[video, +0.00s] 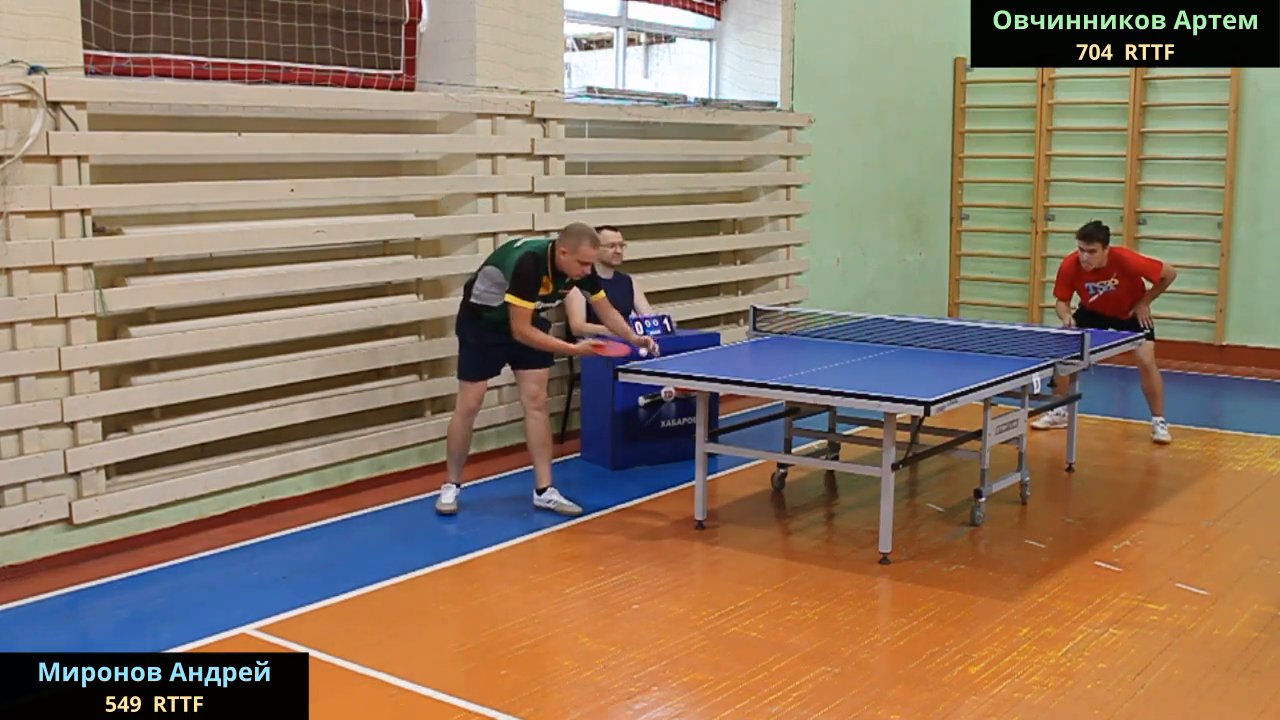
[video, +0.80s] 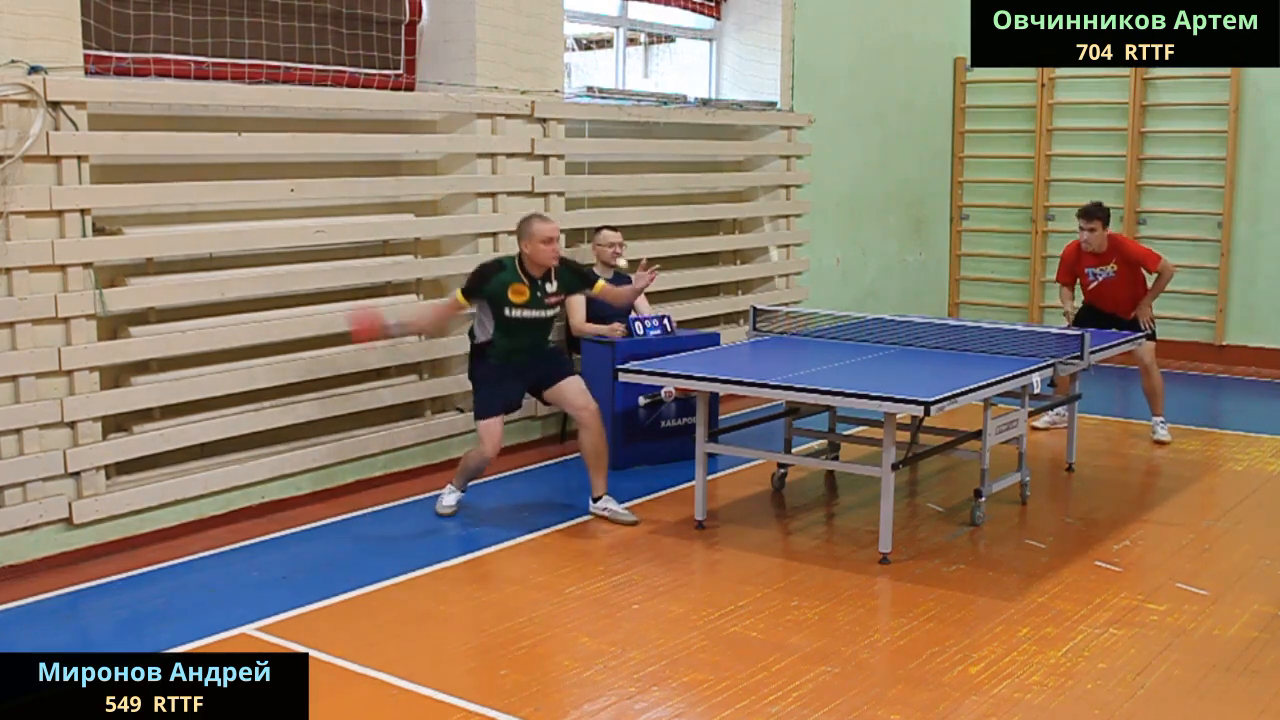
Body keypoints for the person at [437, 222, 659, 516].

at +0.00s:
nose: (588, 271)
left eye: (591, 265)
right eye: (583, 264)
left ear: (593, 259)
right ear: (562, 253)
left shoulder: (580, 268)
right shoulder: (529, 262)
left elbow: (606, 309)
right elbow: (521, 330)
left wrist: (632, 337)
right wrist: (572, 349)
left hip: (526, 322)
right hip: (481, 321)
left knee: (536, 400)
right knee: (469, 404)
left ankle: (544, 490)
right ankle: (451, 485)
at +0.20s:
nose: (571, 271)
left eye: (574, 264)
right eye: (566, 263)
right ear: (543, 254)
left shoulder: (565, 279)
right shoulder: (509, 266)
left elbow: (588, 323)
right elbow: (481, 324)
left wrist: (622, 351)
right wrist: (535, 336)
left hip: (516, 328)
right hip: (468, 330)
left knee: (551, 396)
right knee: (468, 416)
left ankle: (553, 483)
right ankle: (451, 487)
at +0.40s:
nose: (566, 280)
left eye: (569, 273)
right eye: (559, 273)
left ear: (569, 273)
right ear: (536, 271)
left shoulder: (561, 297)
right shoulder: (503, 283)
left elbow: (588, 341)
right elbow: (476, 339)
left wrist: (630, 353)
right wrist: (524, 326)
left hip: (513, 352)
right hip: (469, 357)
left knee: (562, 409)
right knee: (477, 440)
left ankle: (596, 496)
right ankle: (452, 490)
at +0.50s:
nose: (568, 282)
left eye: (570, 275)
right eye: (560, 276)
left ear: (570, 274)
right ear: (537, 276)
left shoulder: (565, 302)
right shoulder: (501, 293)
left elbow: (597, 344)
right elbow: (476, 351)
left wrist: (639, 353)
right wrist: (524, 339)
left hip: (526, 361)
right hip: (481, 368)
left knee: (578, 410)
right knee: (488, 450)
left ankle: (599, 498)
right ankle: (455, 487)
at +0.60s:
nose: (566, 277)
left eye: (567, 270)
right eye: (558, 271)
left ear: (568, 269)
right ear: (534, 273)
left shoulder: (567, 296)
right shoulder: (499, 297)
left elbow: (608, 333)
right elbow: (475, 352)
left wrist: (647, 336)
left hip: (535, 363)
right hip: (491, 367)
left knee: (587, 411)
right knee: (493, 457)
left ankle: (599, 498)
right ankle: (457, 487)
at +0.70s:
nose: (562, 263)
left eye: (562, 255)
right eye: (554, 257)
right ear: (530, 262)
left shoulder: (568, 285)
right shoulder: (497, 289)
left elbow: (611, 313)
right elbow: (464, 337)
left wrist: (639, 300)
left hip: (540, 365)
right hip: (494, 371)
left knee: (590, 411)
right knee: (492, 455)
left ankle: (600, 498)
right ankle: (456, 488)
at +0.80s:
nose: (558, 248)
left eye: (558, 240)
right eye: (549, 241)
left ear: (556, 243)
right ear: (525, 247)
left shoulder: (565, 271)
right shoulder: (493, 275)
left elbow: (613, 298)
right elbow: (445, 312)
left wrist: (634, 289)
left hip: (541, 359)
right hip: (495, 365)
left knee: (588, 410)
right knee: (489, 451)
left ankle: (600, 498)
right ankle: (454, 488)